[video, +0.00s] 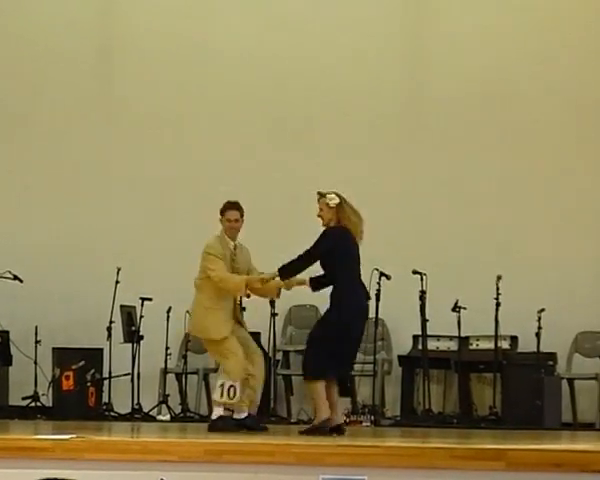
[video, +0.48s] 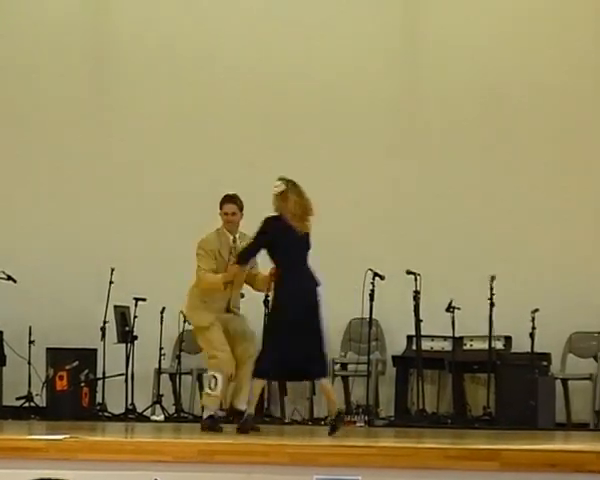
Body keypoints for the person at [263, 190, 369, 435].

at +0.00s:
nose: (319, 215)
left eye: (321, 210)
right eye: (319, 210)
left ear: (334, 209)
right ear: (336, 211)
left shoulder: (332, 234)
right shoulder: (347, 236)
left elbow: (306, 258)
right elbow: (334, 276)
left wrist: (275, 275)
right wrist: (299, 283)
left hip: (344, 302)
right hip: (357, 302)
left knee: (314, 352)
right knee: (332, 357)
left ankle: (322, 414)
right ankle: (335, 418)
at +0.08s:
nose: (318, 214)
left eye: (321, 210)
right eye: (319, 210)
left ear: (330, 211)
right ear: (338, 212)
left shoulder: (327, 234)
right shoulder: (348, 237)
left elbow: (302, 256)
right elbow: (335, 268)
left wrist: (275, 267)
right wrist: (304, 272)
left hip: (347, 303)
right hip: (362, 302)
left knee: (321, 353)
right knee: (339, 355)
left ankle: (322, 418)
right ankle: (334, 416)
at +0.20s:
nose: (317, 215)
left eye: (321, 212)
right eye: (318, 211)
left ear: (330, 214)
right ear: (339, 215)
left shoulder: (324, 236)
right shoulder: (344, 239)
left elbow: (297, 256)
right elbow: (328, 267)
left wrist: (271, 266)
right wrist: (301, 269)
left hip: (349, 301)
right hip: (365, 299)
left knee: (323, 356)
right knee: (343, 356)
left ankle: (326, 419)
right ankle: (345, 415)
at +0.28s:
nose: (311, 216)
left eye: (314, 212)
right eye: (311, 212)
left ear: (323, 214)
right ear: (329, 214)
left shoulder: (316, 238)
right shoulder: (339, 238)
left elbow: (290, 260)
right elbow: (324, 268)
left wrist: (268, 268)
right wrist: (296, 272)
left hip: (340, 304)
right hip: (356, 302)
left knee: (310, 351)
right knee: (337, 357)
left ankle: (316, 412)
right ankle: (346, 418)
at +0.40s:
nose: (289, 205)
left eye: (292, 201)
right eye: (291, 200)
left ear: (301, 203)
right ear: (311, 204)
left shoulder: (293, 227)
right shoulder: (319, 227)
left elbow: (268, 256)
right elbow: (309, 264)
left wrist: (246, 263)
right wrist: (285, 268)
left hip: (311, 293)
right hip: (329, 289)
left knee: (286, 348)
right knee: (325, 353)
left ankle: (277, 409)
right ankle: (344, 413)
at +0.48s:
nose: (273, 200)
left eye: (275, 197)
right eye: (275, 196)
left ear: (280, 199)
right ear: (298, 200)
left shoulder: (273, 223)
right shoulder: (303, 224)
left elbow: (249, 252)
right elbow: (298, 259)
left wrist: (237, 262)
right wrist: (276, 273)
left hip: (287, 288)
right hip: (307, 287)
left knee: (270, 349)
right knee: (310, 350)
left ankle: (250, 412)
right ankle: (335, 407)